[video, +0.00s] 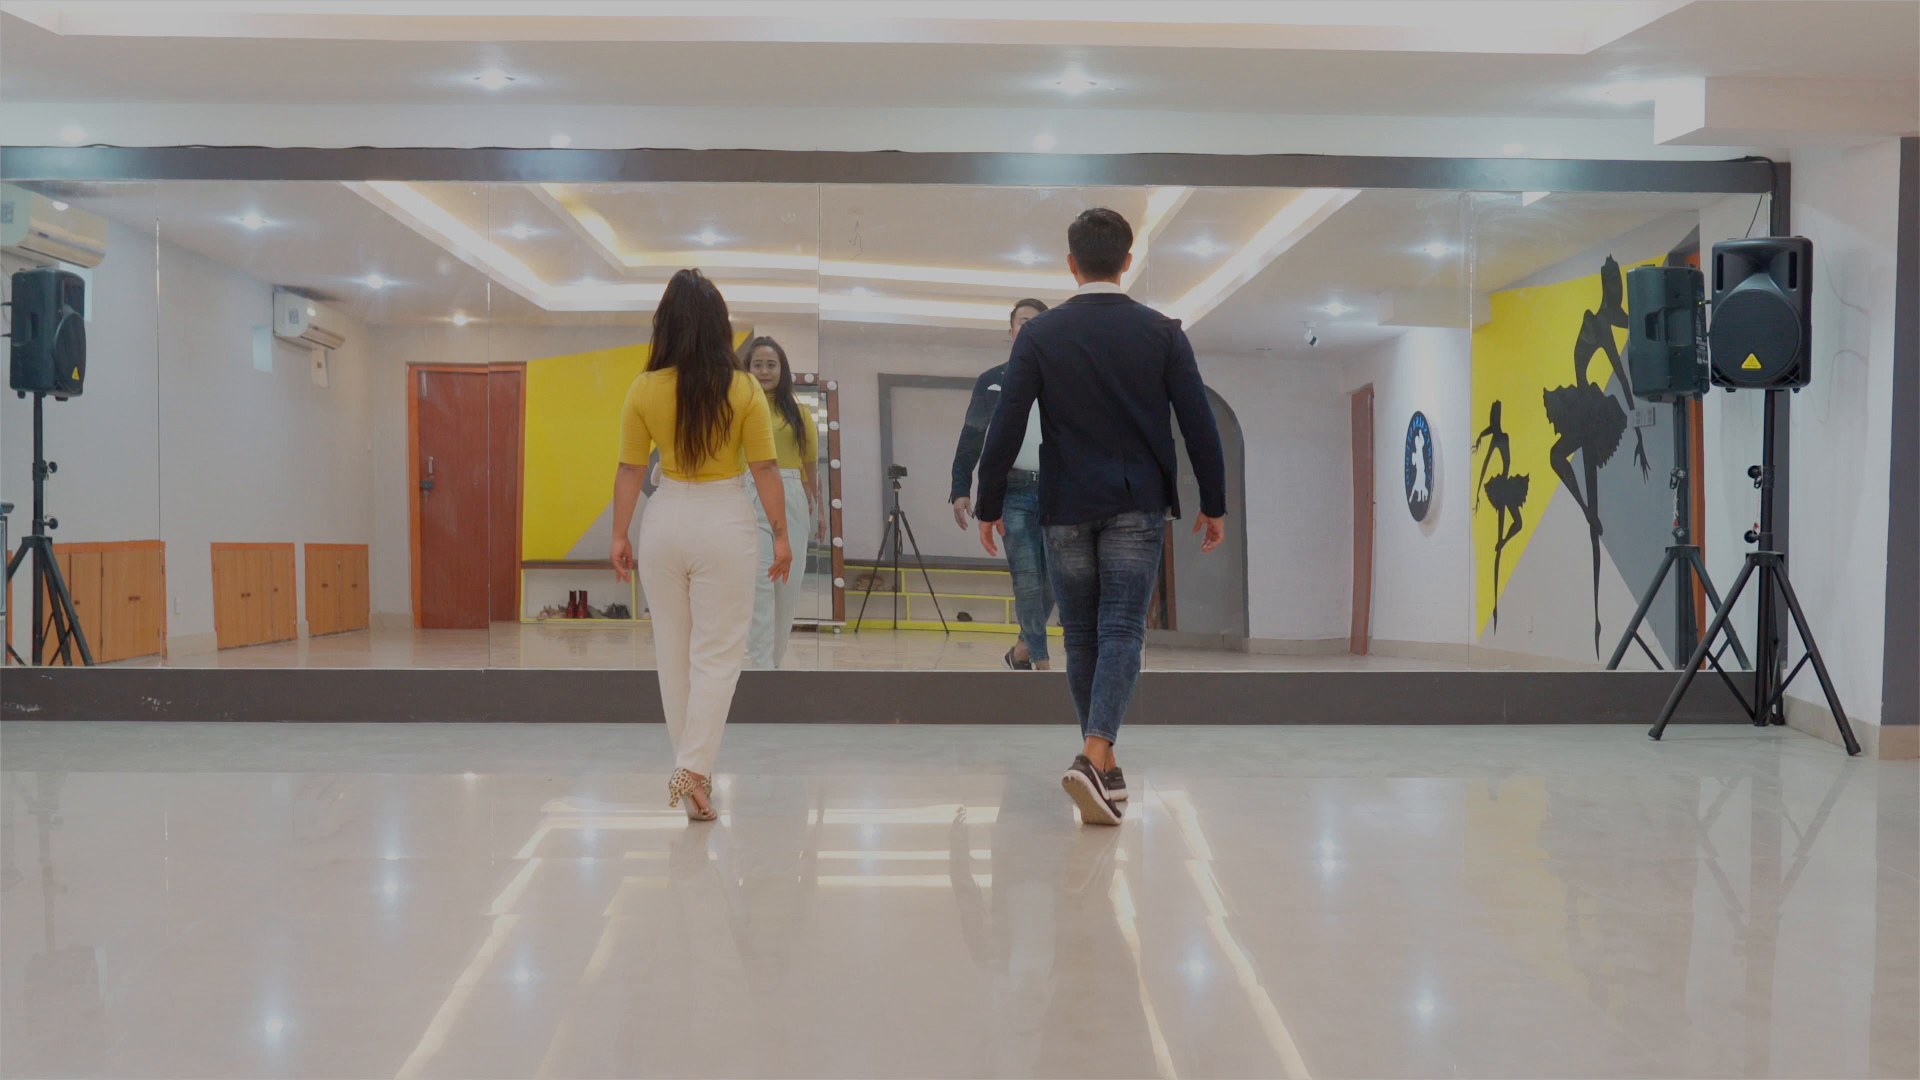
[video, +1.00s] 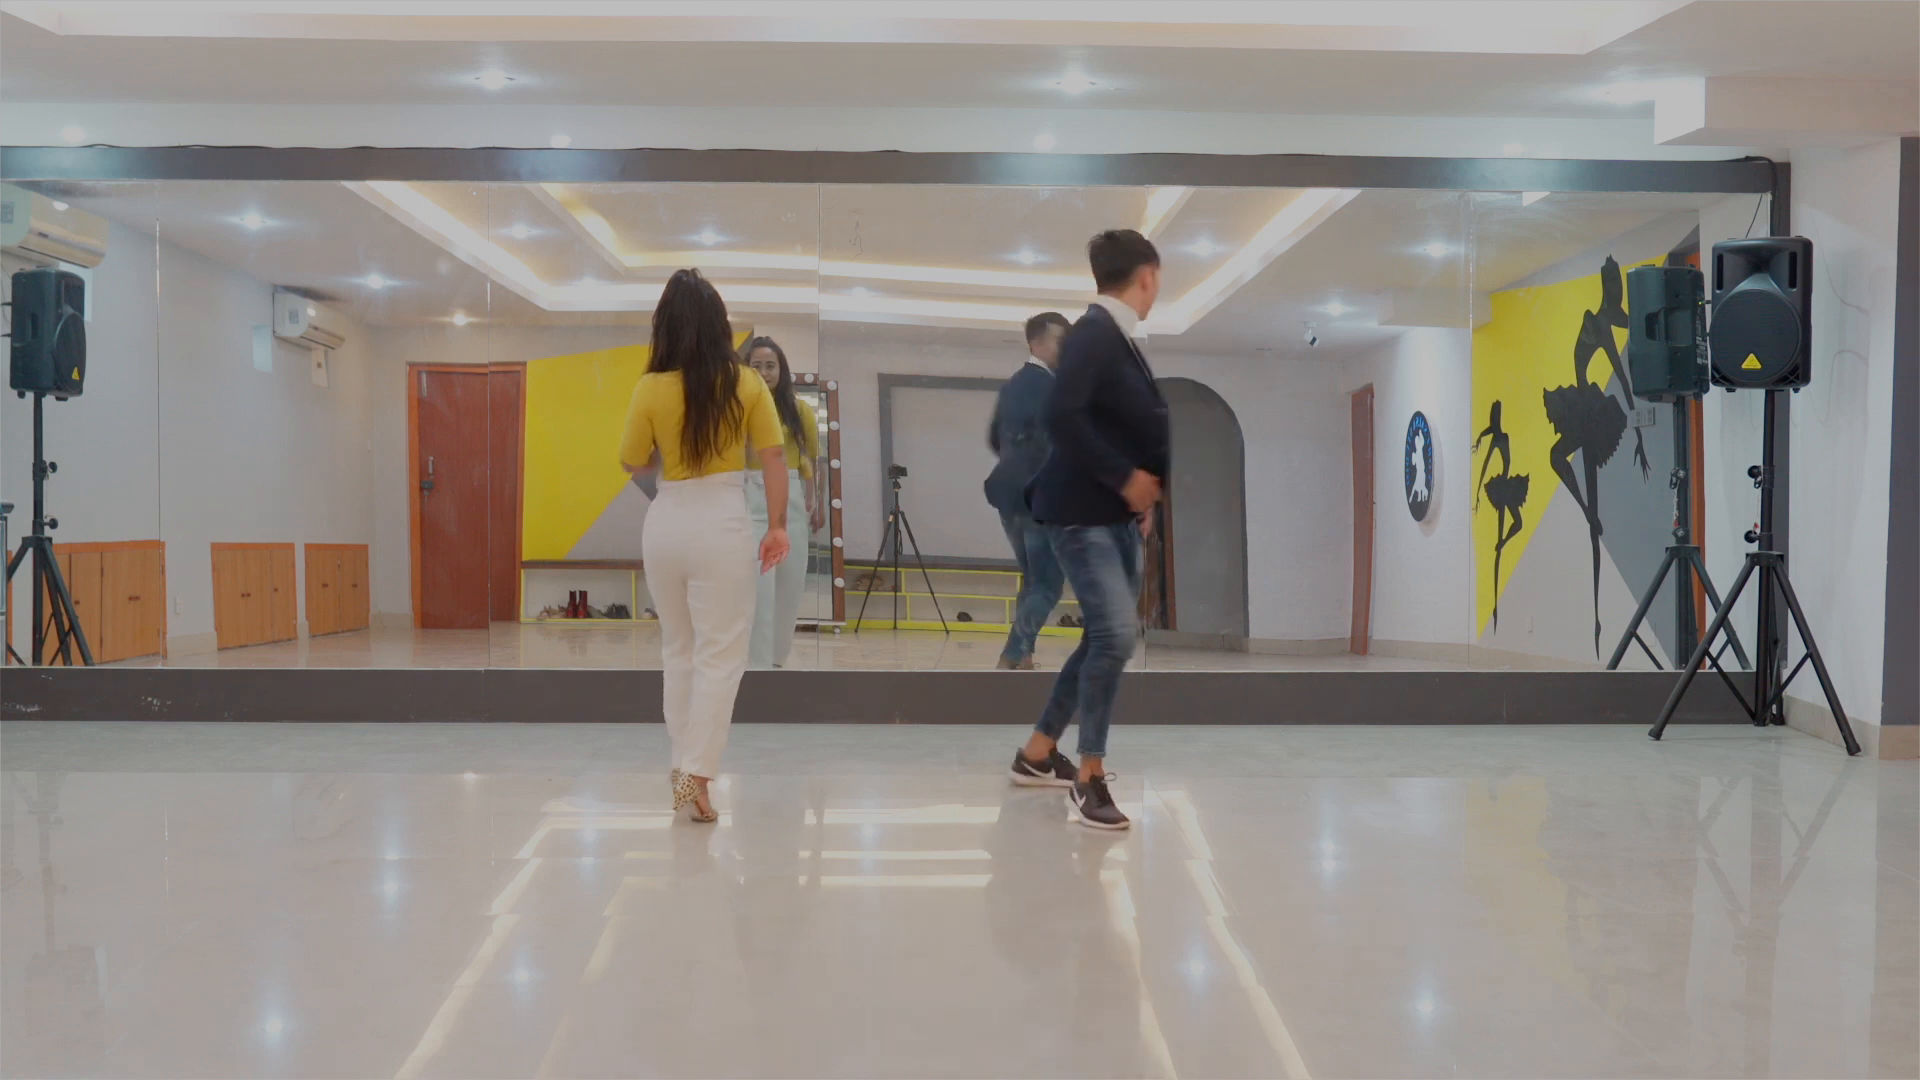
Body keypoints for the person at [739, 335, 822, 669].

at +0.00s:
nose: (764, 371)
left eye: (771, 364)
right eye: (757, 364)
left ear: (782, 370)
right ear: (746, 370)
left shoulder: (799, 413)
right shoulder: (740, 411)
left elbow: (809, 470)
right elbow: (730, 465)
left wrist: (817, 512)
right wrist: (730, 507)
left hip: (791, 499)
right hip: (751, 498)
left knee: (788, 585)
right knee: (760, 586)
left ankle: (773, 668)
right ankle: (759, 672)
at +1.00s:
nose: (764, 372)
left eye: (771, 365)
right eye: (757, 365)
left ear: (782, 369)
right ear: (746, 369)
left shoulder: (800, 410)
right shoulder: (740, 409)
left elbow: (809, 460)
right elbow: (731, 462)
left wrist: (814, 503)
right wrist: (730, 504)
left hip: (791, 496)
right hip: (750, 497)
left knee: (790, 578)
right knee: (758, 580)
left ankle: (777, 661)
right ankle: (758, 665)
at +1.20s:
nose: (777, 369)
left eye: (778, 363)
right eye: (768, 364)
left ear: (780, 367)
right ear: (748, 370)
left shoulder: (773, 399)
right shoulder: (760, 398)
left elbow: (782, 463)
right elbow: (804, 434)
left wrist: (801, 502)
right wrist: (811, 469)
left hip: (783, 501)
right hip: (760, 499)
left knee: (791, 587)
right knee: (774, 587)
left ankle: (766, 666)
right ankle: (747, 669)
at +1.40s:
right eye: (787, 379)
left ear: (751, 380)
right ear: (784, 381)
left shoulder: (738, 414)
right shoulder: (792, 419)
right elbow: (805, 474)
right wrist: (809, 516)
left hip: (738, 505)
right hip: (777, 503)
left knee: (749, 595)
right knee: (784, 597)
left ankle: (752, 671)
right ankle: (759, 670)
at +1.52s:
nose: (800, 388)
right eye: (798, 383)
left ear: (759, 382)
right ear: (791, 386)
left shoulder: (741, 416)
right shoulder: (789, 421)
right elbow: (797, 475)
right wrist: (810, 518)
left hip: (740, 503)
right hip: (776, 504)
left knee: (750, 595)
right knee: (781, 600)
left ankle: (751, 675)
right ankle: (757, 678)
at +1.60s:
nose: (800, 387)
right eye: (797, 381)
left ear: (754, 384)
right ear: (791, 387)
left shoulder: (740, 417)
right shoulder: (789, 423)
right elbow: (799, 474)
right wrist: (810, 516)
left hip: (740, 503)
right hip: (777, 501)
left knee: (749, 591)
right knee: (781, 596)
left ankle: (750, 668)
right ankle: (757, 672)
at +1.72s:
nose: (794, 385)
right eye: (790, 380)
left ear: (751, 383)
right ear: (785, 384)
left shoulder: (740, 418)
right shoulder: (788, 421)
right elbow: (803, 473)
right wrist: (811, 514)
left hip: (741, 505)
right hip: (780, 503)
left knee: (751, 593)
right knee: (781, 597)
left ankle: (756, 668)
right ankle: (756, 674)